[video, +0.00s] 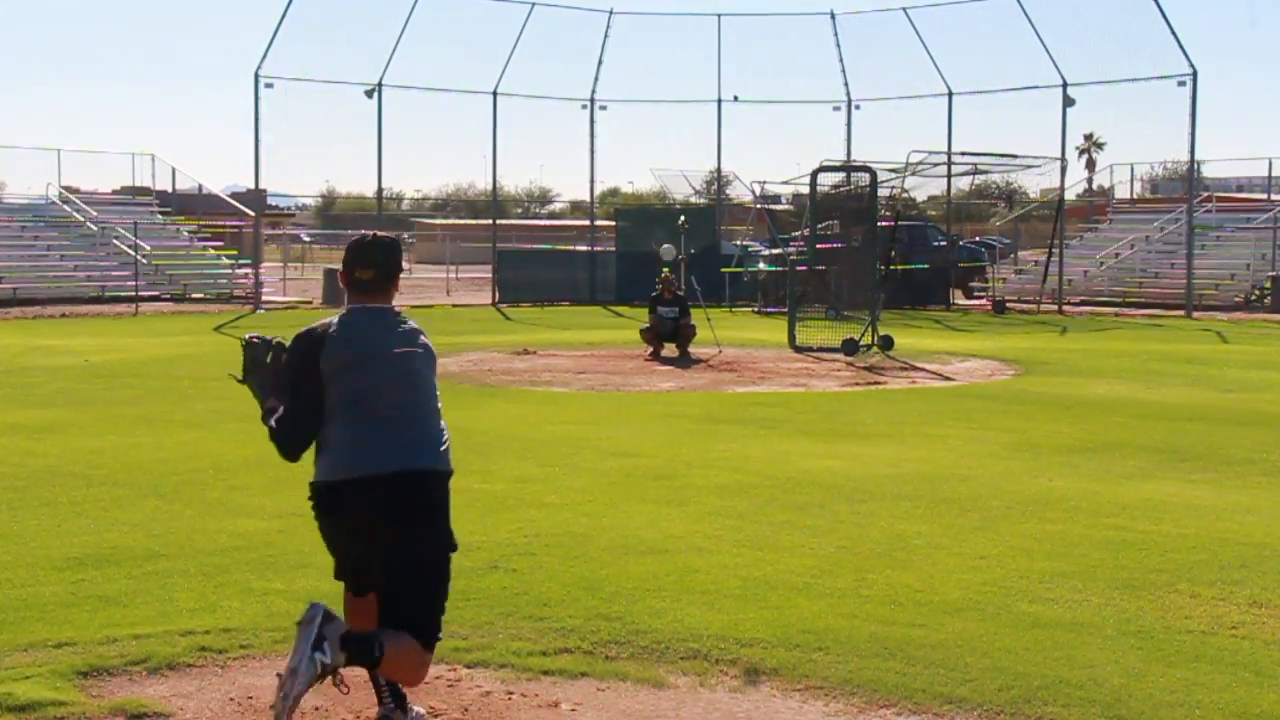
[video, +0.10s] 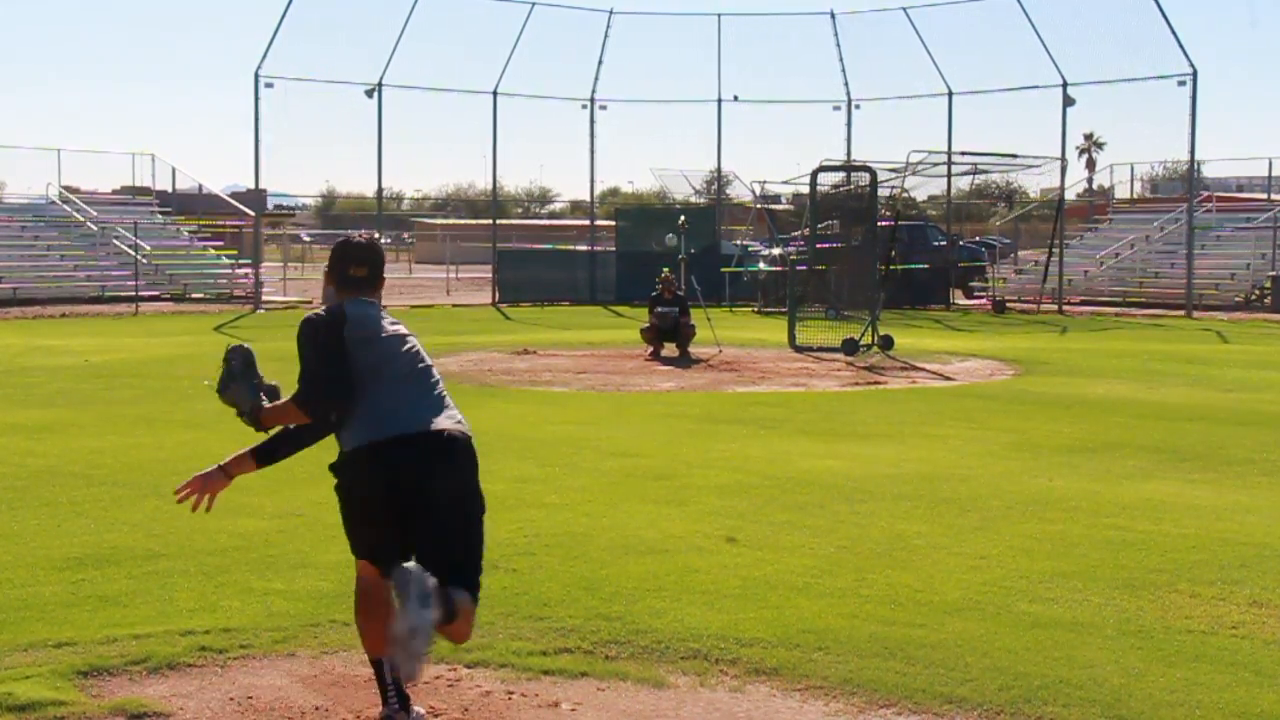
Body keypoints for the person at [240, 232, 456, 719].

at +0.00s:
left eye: (344, 274)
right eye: (398, 276)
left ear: (343, 279)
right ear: (398, 281)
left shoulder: (316, 340)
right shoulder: (416, 339)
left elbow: (292, 442)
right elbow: (383, 410)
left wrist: (270, 401)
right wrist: (301, 380)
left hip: (343, 488)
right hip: (419, 487)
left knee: (361, 584)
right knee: (414, 662)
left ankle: (392, 704)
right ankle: (337, 644)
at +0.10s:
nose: (321, 286)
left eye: (323, 278)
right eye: (326, 279)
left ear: (330, 280)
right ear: (380, 285)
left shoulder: (322, 322)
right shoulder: (395, 330)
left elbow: (320, 402)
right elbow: (320, 425)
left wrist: (265, 414)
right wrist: (231, 468)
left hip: (373, 458)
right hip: (448, 451)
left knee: (374, 571)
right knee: (462, 625)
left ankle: (394, 702)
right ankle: (427, 592)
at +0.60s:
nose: (288, 240)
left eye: (288, 232)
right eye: (295, 230)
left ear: (292, 235)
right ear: (339, 232)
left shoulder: (312, 282)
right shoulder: (355, 279)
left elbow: (371, 352)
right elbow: (342, 389)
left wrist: (386, 433)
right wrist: (320, 473)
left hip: (416, 428)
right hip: (471, 397)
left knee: (408, 565)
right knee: (565, 521)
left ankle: (410, 703)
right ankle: (686, 593)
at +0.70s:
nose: (292, 228)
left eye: (292, 220)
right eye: (295, 221)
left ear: (296, 223)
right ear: (347, 222)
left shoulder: (321, 276)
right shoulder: (362, 271)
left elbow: (382, 351)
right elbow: (328, 375)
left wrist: (401, 434)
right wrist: (281, 452)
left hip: (418, 427)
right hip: (477, 397)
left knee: (410, 565)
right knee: (557, 529)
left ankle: (411, 702)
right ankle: (643, 641)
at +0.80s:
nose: (304, 218)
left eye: (304, 211)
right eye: (314, 210)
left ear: (308, 215)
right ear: (358, 211)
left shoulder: (335, 271)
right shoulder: (372, 263)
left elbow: (389, 356)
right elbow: (319, 366)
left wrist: (405, 446)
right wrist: (247, 405)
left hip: (421, 427)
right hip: (482, 407)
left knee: (409, 566)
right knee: (538, 544)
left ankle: (412, 703)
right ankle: (606, 670)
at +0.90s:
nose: (317, 208)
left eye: (317, 200)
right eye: (325, 200)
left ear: (321, 206)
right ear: (372, 204)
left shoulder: (347, 266)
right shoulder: (385, 255)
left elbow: (393, 363)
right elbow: (323, 349)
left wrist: (395, 455)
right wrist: (247, 340)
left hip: (422, 426)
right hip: (479, 409)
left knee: (407, 566)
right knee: (526, 549)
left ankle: (411, 699)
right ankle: (599, 672)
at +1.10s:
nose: (342, 188)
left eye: (341, 180)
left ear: (340, 186)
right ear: (393, 187)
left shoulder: (339, 259)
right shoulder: (413, 240)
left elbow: (356, 365)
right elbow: (374, 323)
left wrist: (351, 459)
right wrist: (300, 297)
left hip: (402, 431)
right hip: (470, 413)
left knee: (400, 567)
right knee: (493, 544)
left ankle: (409, 701)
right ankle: (555, 654)